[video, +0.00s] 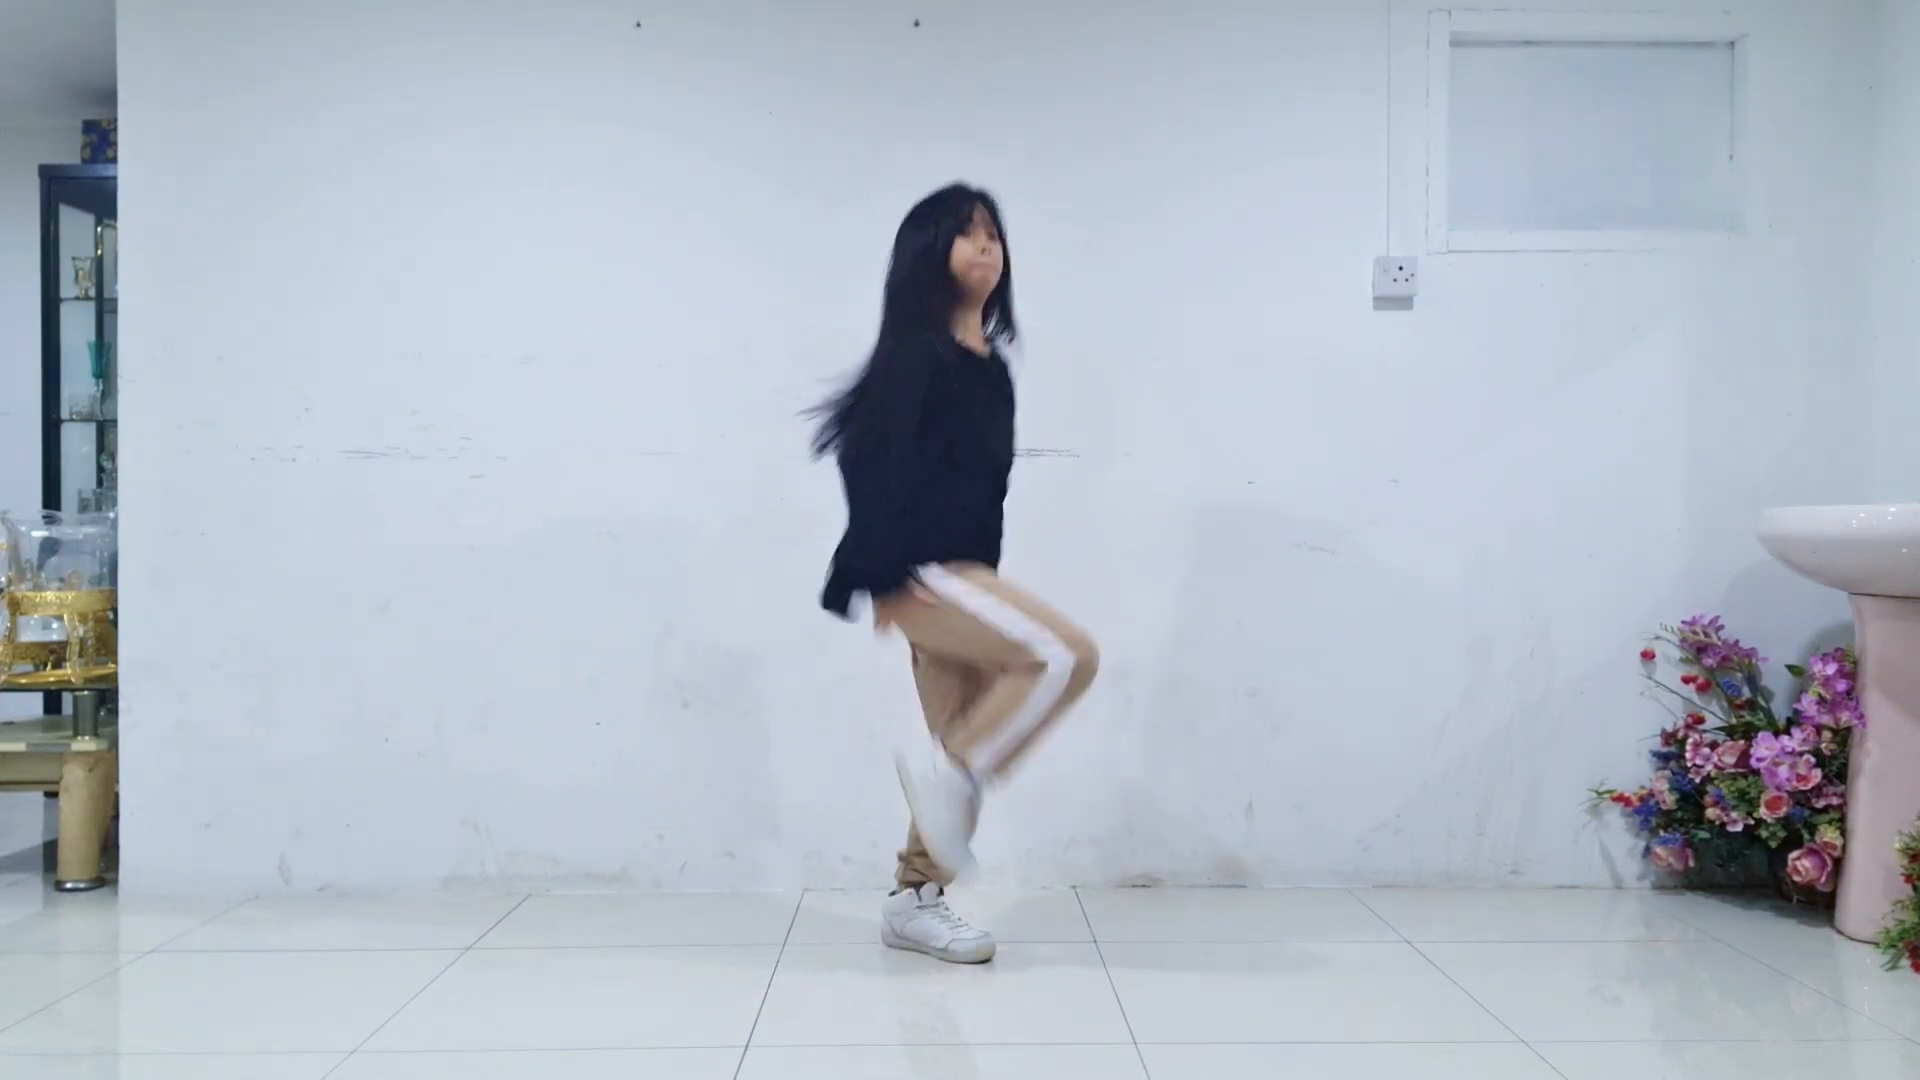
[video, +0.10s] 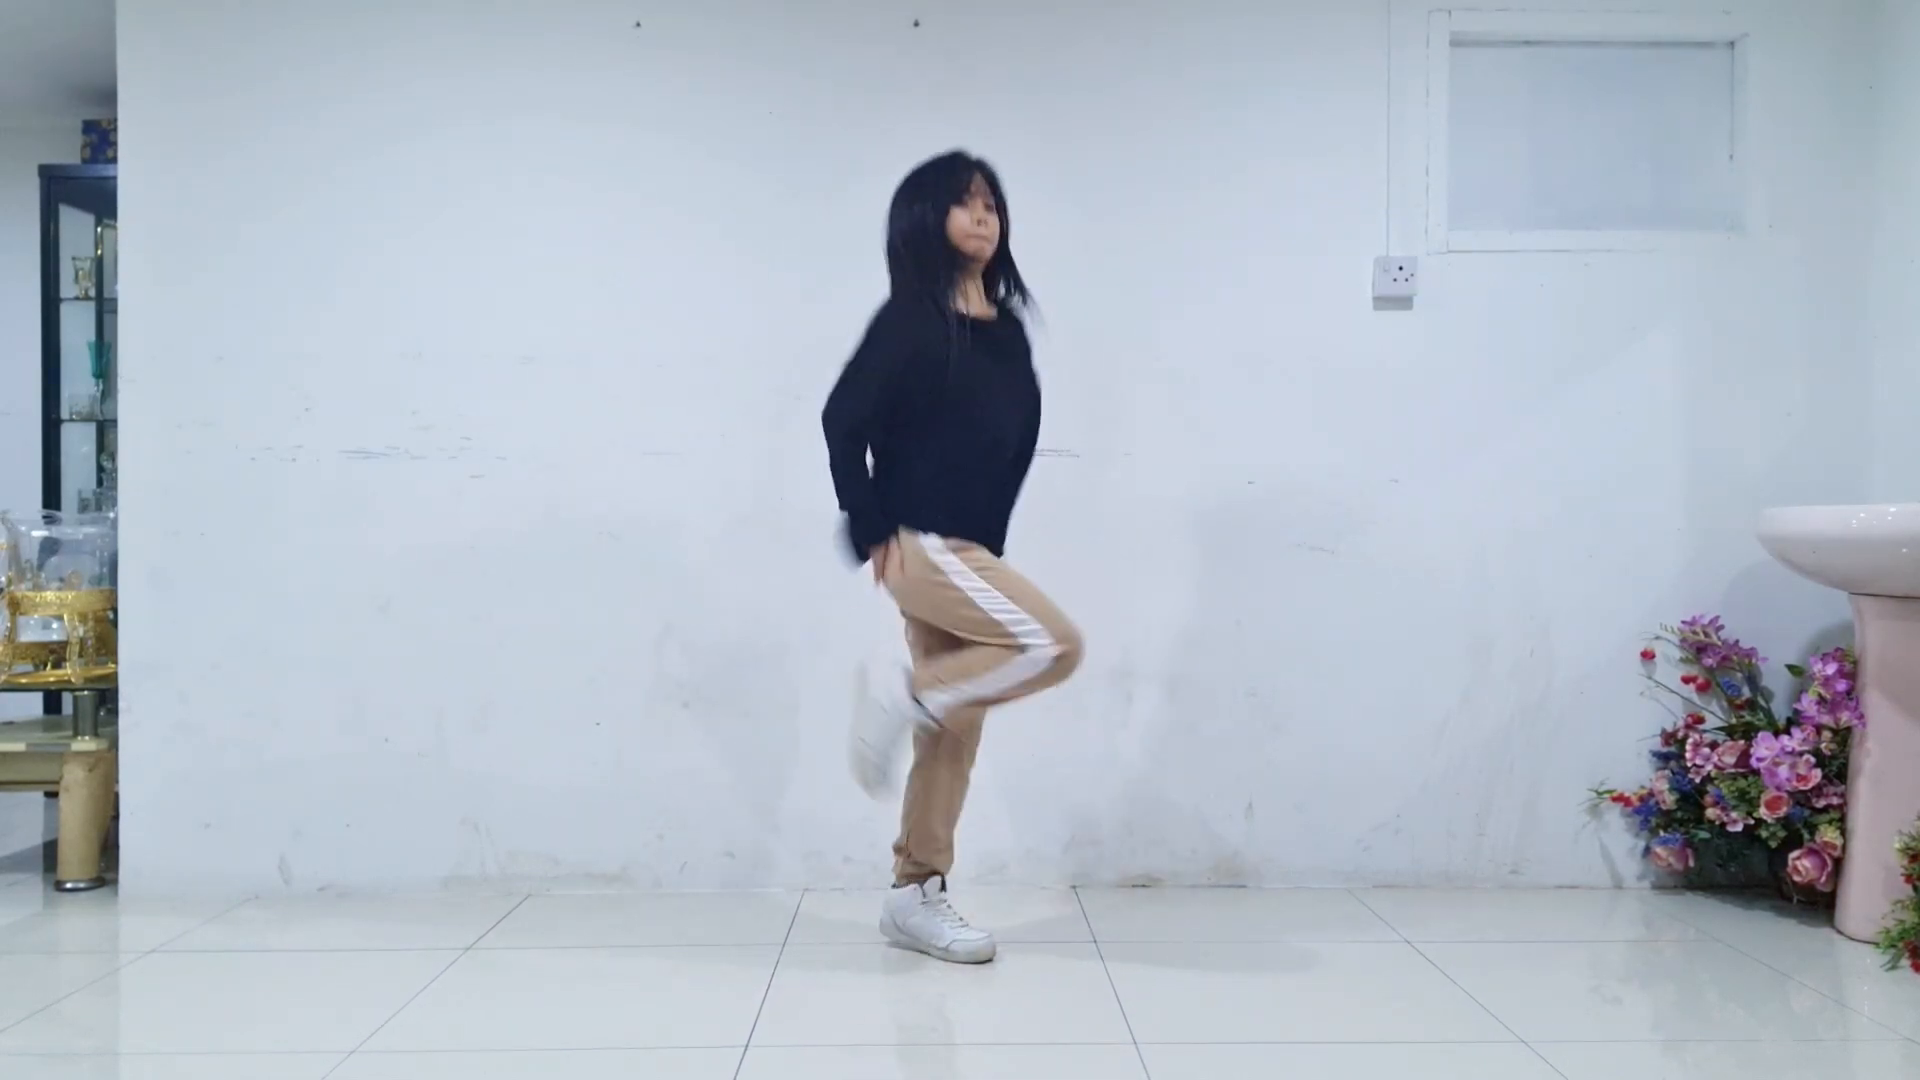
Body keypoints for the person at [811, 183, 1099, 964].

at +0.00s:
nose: (984, 248)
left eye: (991, 236)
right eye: (966, 236)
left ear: (1003, 253)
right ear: (932, 252)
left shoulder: (989, 355)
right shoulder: (913, 349)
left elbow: (970, 464)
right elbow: (870, 454)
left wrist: (977, 562)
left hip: (961, 561)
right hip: (914, 565)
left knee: (957, 738)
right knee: (1061, 656)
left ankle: (918, 901)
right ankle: (957, 772)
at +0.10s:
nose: (982, 217)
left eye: (988, 205)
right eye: (963, 205)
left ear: (1001, 219)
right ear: (928, 219)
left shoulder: (1002, 321)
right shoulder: (909, 315)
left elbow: (1006, 427)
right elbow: (841, 420)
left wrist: (988, 519)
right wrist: (871, 526)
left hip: (971, 541)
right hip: (918, 538)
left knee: (953, 720)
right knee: (1052, 644)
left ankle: (916, 895)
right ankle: (906, 697)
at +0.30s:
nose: (964, 209)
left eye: (976, 193)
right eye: (944, 195)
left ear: (992, 203)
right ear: (912, 210)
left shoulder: (1024, 274)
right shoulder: (903, 305)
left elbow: (1085, 375)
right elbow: (851, 410)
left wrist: (1049, 446)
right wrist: (890, 463)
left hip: (1008, 511)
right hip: (923, 511)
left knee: (975, 693)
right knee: (963, 676)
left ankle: (922, 881)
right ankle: (854, 666)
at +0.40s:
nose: (948, 225)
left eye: (963, 207)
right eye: (931, 210)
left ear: (987, 214)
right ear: (907, 223)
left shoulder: (1019, 261)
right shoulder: (907, 304)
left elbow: (1073, 333)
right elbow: (881, 398)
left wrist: (987, 368)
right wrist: (938, 378)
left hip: (1009, 496)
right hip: (922, 496)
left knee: (985, 693)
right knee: (912, 675)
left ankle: (932, 878)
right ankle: (870, 725)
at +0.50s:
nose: (934, 229)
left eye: (951, 212)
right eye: (917, 215)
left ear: (981, 220)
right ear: (897, 228)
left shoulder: (1023, 291)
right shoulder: (902, 305)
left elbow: (1027, 382)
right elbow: (891, 415)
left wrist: (946, 333)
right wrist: (879, 381)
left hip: (997, 506)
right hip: (917, 505)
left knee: (992, 694)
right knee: (860, 677)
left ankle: (968, 860)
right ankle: (916, 758)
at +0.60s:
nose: (917, 281)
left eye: (936, 262)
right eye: (903, 263)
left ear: (971, 271)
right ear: (883, 277)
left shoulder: (1006, 346)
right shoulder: (898, 373)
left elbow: (1009, 475)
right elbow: (907, 506)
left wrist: (908, 436)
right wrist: (874, 499)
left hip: (1016, 583)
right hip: (941, 583)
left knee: (966, 741)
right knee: (856, 717)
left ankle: (1013, 884)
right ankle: (948, 830)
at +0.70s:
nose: (900, 384)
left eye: (921, 367)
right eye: (888, 367)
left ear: (956, 385)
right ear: (873, 384)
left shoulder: (982, 476)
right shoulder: (894, 500)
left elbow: (958, 594)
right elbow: (894, 609)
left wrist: (877, 693)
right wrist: (879, 701)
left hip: (1037, 688)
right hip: (964, 693)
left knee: (944, 798)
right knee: (874, 775)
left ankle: (1046, 922)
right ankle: (983, 895)